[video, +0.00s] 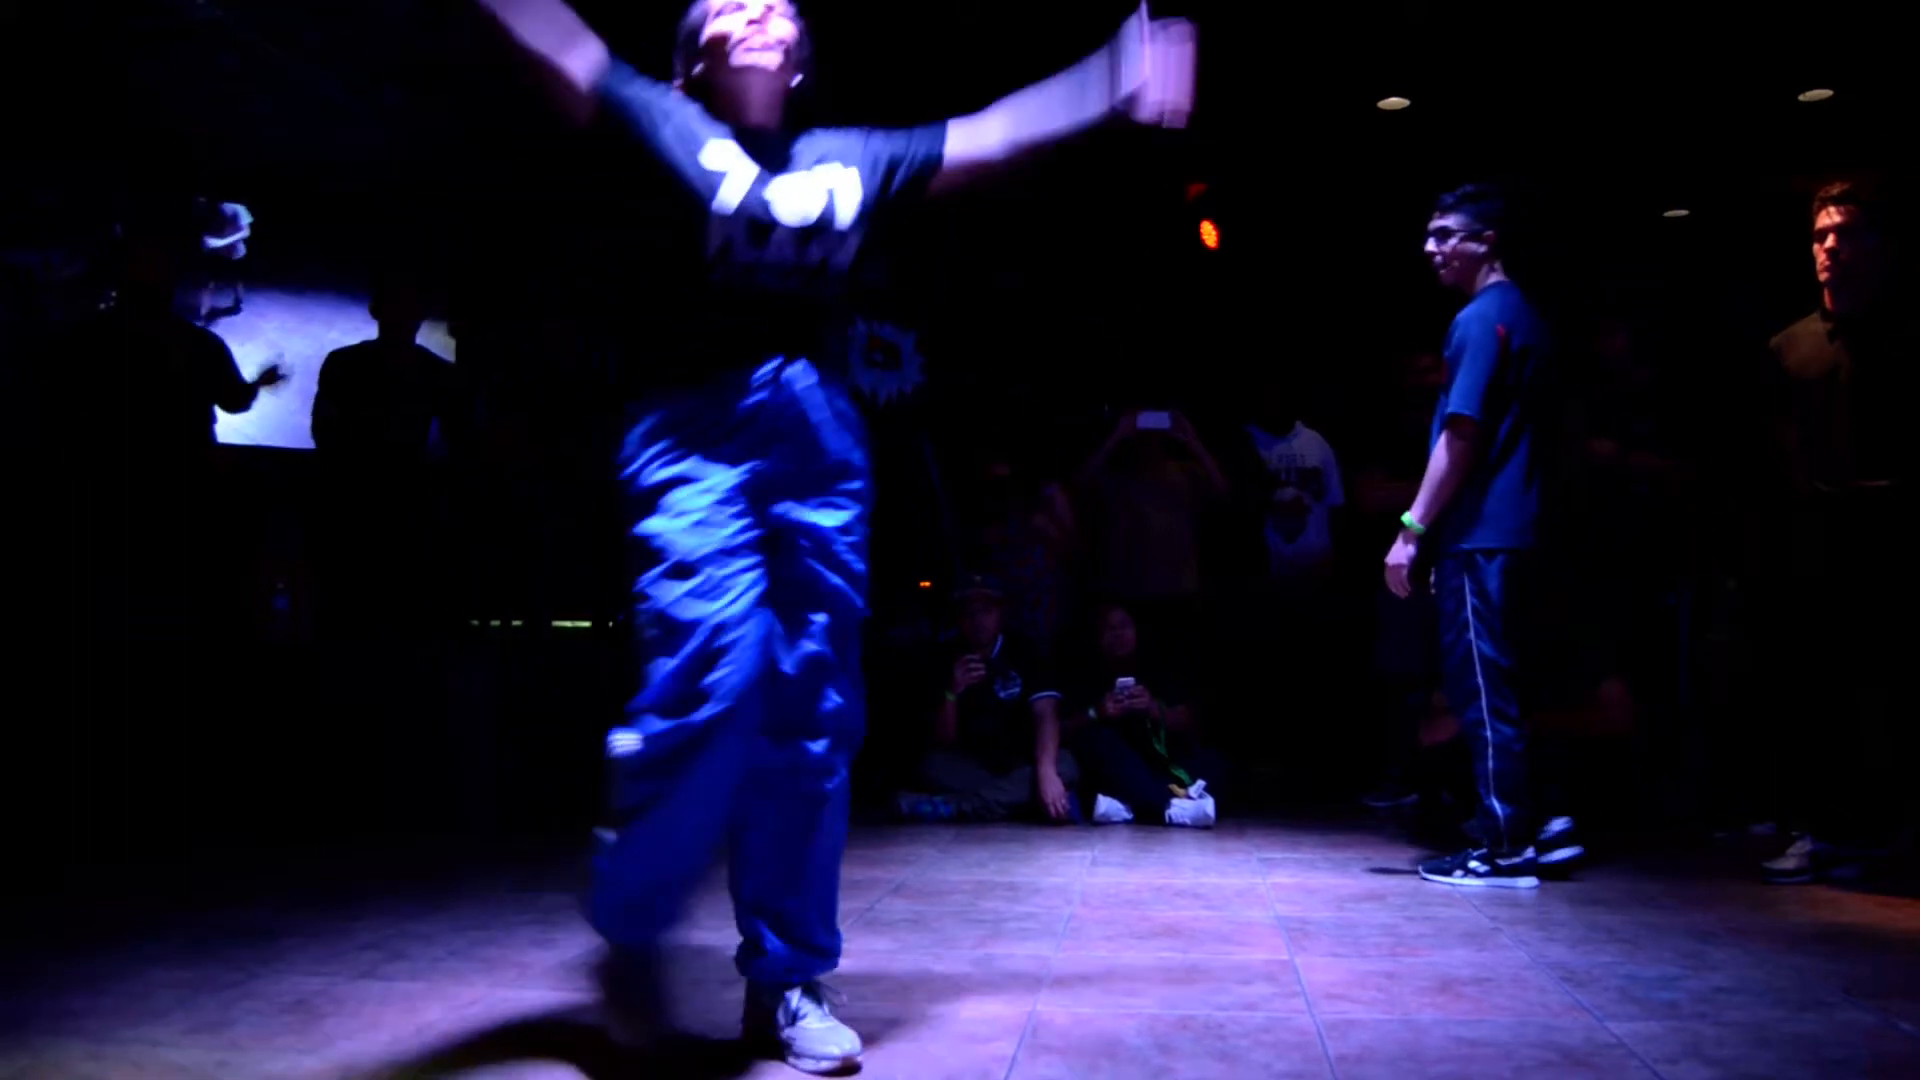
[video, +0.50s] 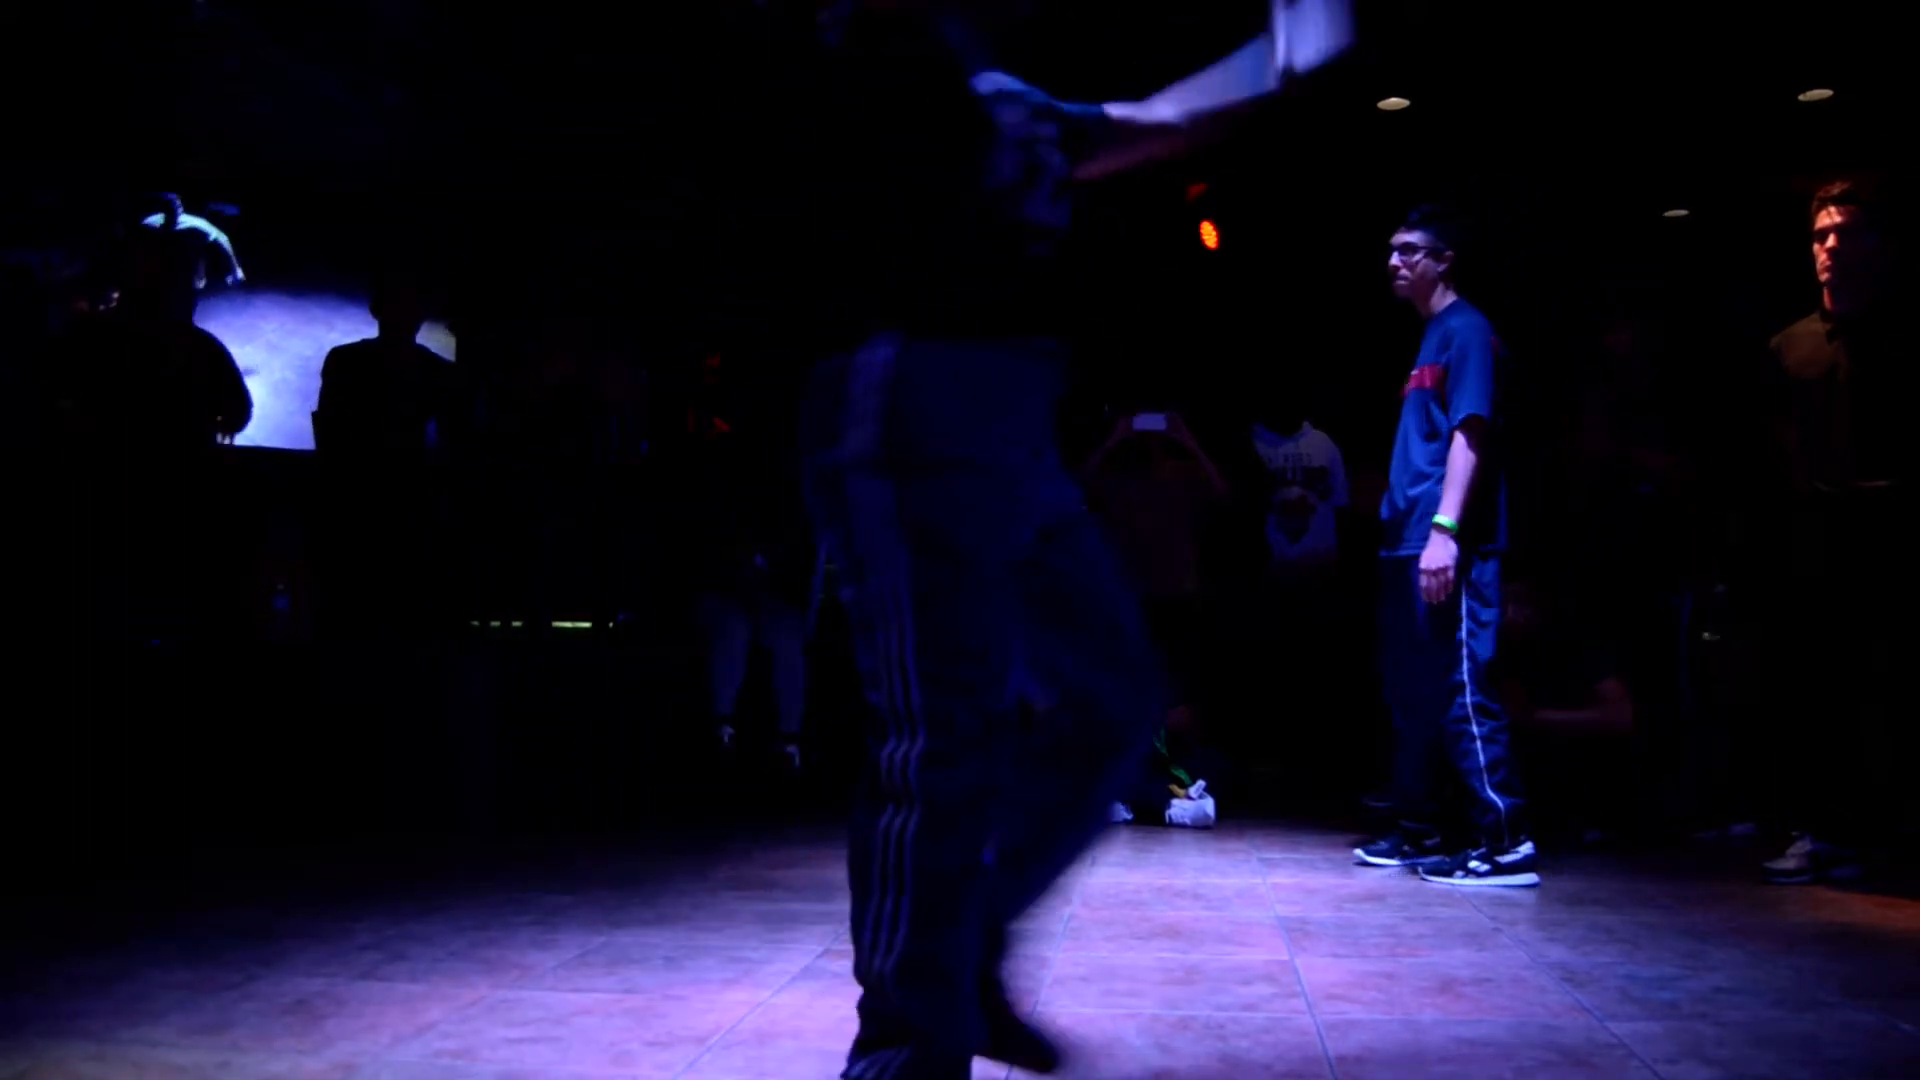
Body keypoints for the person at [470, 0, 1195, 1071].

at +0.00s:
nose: (756, 20)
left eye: (772, 11)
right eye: (734, 13)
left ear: (799, 50)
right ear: (699, 54)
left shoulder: (856, 152)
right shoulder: (657, 116)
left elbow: (992, 130)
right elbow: (541, 30)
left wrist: (1109, 80)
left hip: (821, 447)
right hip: (688, 443)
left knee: (810, 708)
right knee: (716, 672)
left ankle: (790, 978)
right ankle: (627, 935)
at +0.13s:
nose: (808, 15)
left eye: (817, 5)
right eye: (781, 6)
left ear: (836, 35)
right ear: (736, 38)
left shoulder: (880, 124)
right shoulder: (718, 109)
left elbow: (994, 23)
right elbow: (688, 24)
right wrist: (746, 13)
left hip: (870, 412)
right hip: (748, 409)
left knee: (855, 698)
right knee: (796, 674)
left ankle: (793, 980)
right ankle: (771, 994)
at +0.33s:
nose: (911, 27)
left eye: (916, 16)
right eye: (887, 13)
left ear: (918, 36)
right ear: (828, 28)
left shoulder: (942, 128)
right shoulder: (798, 118)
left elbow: (1057, 35)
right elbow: (764, 23)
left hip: (946, 429)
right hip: (842, 427)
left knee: (967, 721)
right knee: (935, 700)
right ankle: (908, 1020)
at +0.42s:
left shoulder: (971, 113)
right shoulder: (816, 104)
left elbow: (1119, 63)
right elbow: (739, 19)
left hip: (973, 441)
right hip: (863, 446)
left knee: (1052, 721)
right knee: (934, 741)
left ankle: (860, 938)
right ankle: (914, 1049)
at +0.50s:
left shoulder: (993, 104)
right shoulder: (889, 100)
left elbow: (1135, 134)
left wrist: (1279, 58)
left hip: (1009, 460)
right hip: (905, 462)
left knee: (1110, 702)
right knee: (939, 739)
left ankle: (966, 949)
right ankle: (904, 1039)